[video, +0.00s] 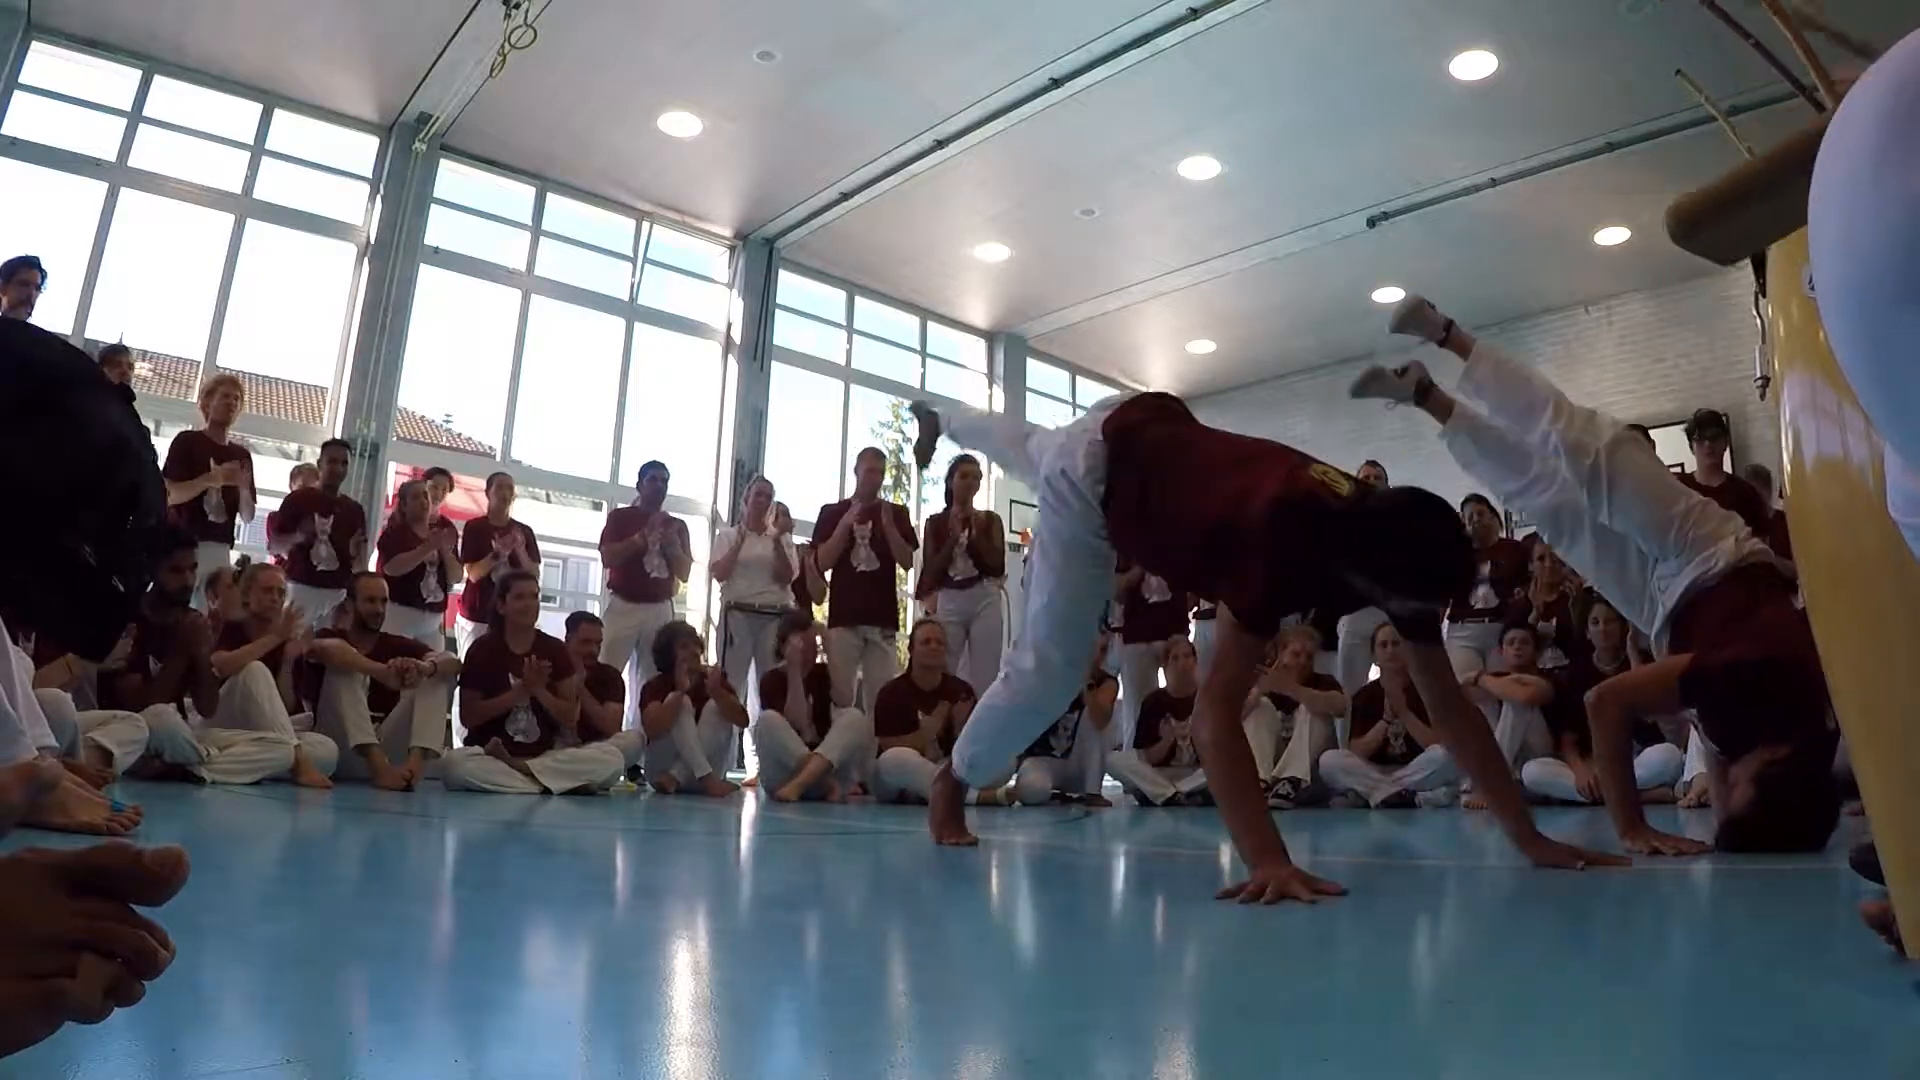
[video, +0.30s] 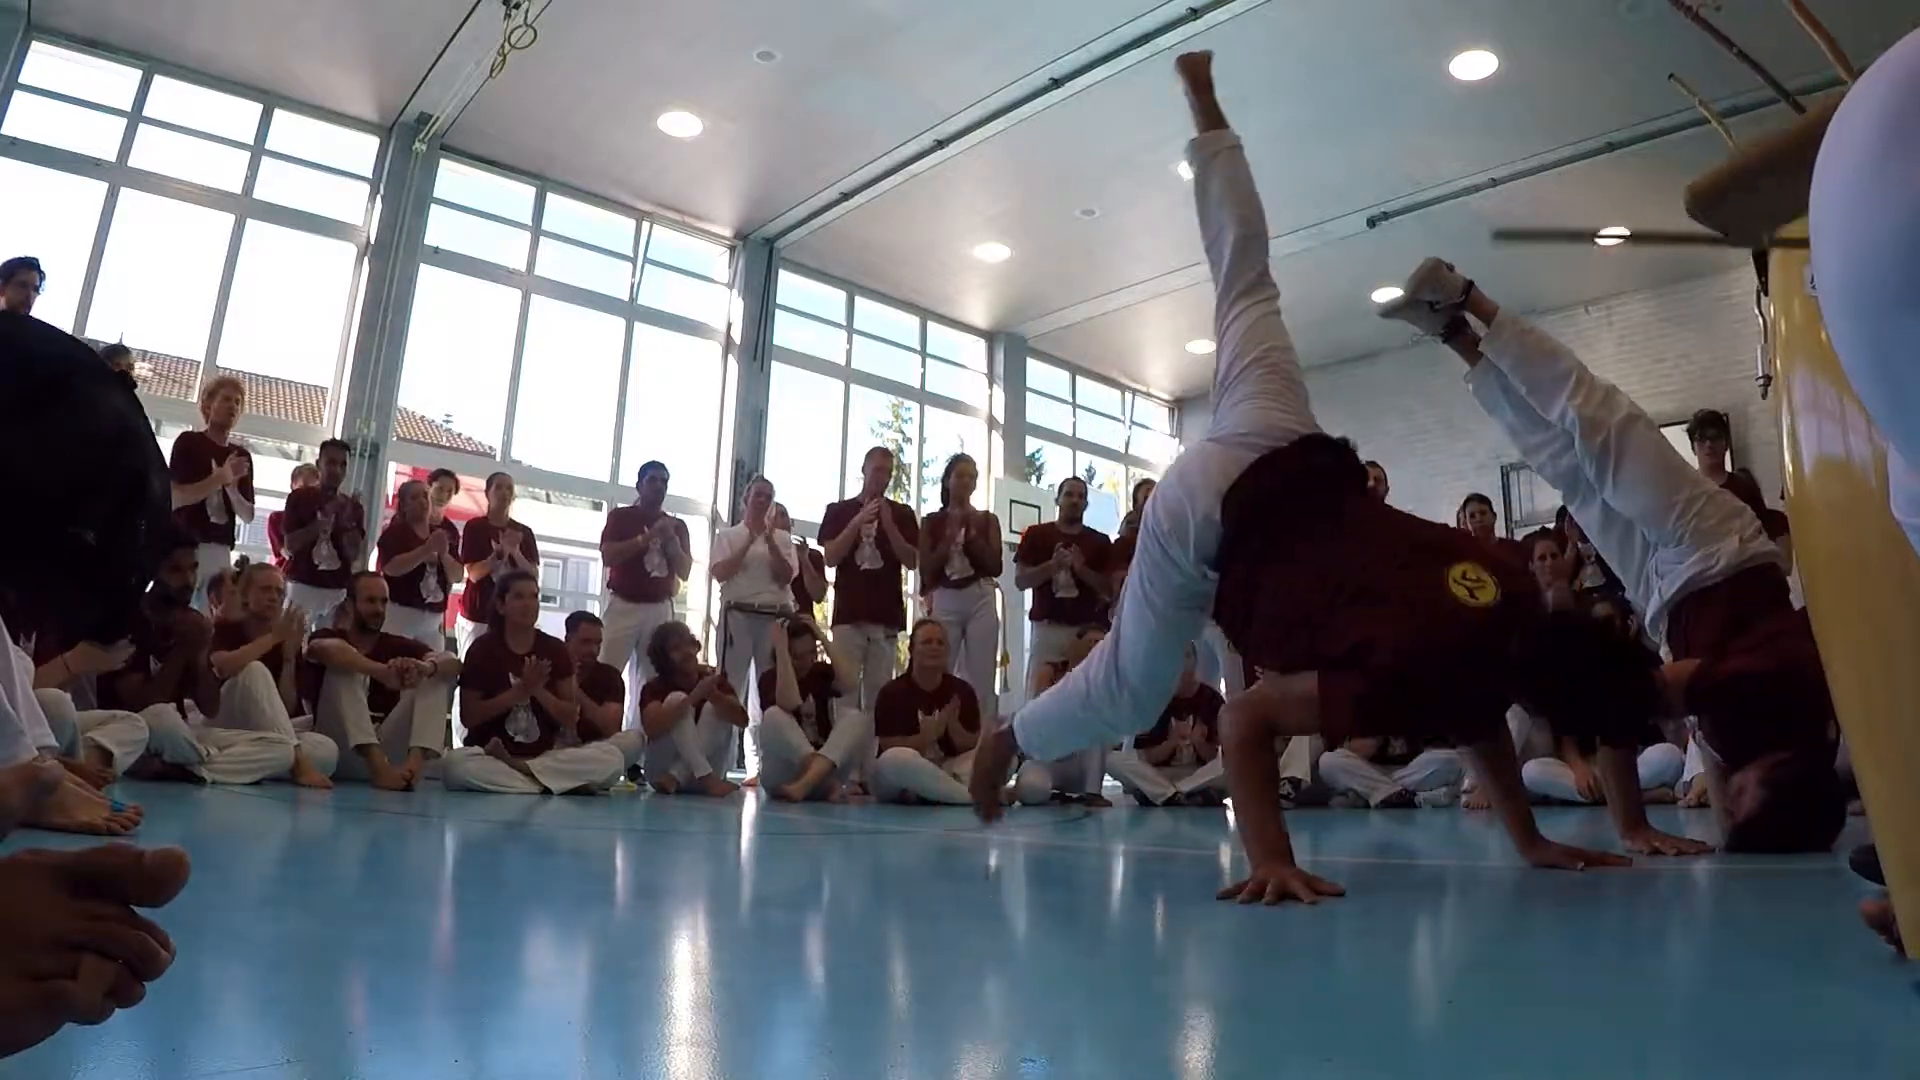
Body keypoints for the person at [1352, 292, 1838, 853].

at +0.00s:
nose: (1717, 799)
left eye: (1723, 811)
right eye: (1730, 798)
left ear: (1777, 766)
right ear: (1761, 767)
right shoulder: (1759, 685)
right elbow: (1606, 701)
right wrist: (1632, 829)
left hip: (1669, 610)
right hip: (1706, 549)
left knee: (1563, 517)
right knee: (1581, 440)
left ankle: (1428, 397)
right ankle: (1451, 334)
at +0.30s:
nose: (1728, 799)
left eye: (1730, 812)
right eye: (1740, 800)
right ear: (1766, 776)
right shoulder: (1774, 697)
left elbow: (1620, 711)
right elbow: (1637, 692)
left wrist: (1633, 825)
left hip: (1673, 605)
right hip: (1718, 557)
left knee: (1579, 483)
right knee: (1599, 421)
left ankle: (1457, 335)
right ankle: (1468, 297)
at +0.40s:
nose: (1727, 799)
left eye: (1728, 812)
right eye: (1738, 800)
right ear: (1764, 776)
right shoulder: (1773, 701)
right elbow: (1665, 687)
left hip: (1672, 602)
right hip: (1716, 557)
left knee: (1580, 477)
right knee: (1600, 416)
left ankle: (1457, 328)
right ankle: (1469, 289)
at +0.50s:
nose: (1735, 800)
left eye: (1735, 817)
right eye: (1746, 796)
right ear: (1767, 774)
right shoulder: (1784, 695)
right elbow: (1612, 693)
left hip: (1670, 613)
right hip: (1721, 558)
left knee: (1579, 472)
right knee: (1604, 416)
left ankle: (1460, 323)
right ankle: (1476, 289)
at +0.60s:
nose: (1734, 803)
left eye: (1738, 821)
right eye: (1746, 800)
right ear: (1766, 776)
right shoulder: (1782, 694)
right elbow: (1621, 697)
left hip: (1674, 609)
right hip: (1722, 557)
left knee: (1582, 471)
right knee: (1606, 416)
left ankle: (1462, 318)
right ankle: (1477, 286)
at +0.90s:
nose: (1726, 801)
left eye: (1731, 817)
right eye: (1740, 800)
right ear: (1771, 775)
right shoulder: (1782, 696)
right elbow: (1630, 692)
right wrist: (1615, 779)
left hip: (1682, 610)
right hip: (1733, 561)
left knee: (1559, 509)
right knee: (1596, 455)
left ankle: (1492, 354)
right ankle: (1501, 320)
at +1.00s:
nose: (1720, 800)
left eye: (1728, 815)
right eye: (1737, 798)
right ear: (1767, 772)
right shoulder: (1782, 692)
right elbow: (1630, 695)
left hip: (1686, 618)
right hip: (1737, 556)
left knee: (1547, 549)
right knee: (1584, 475)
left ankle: (1518, 403)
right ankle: (1531, 364)